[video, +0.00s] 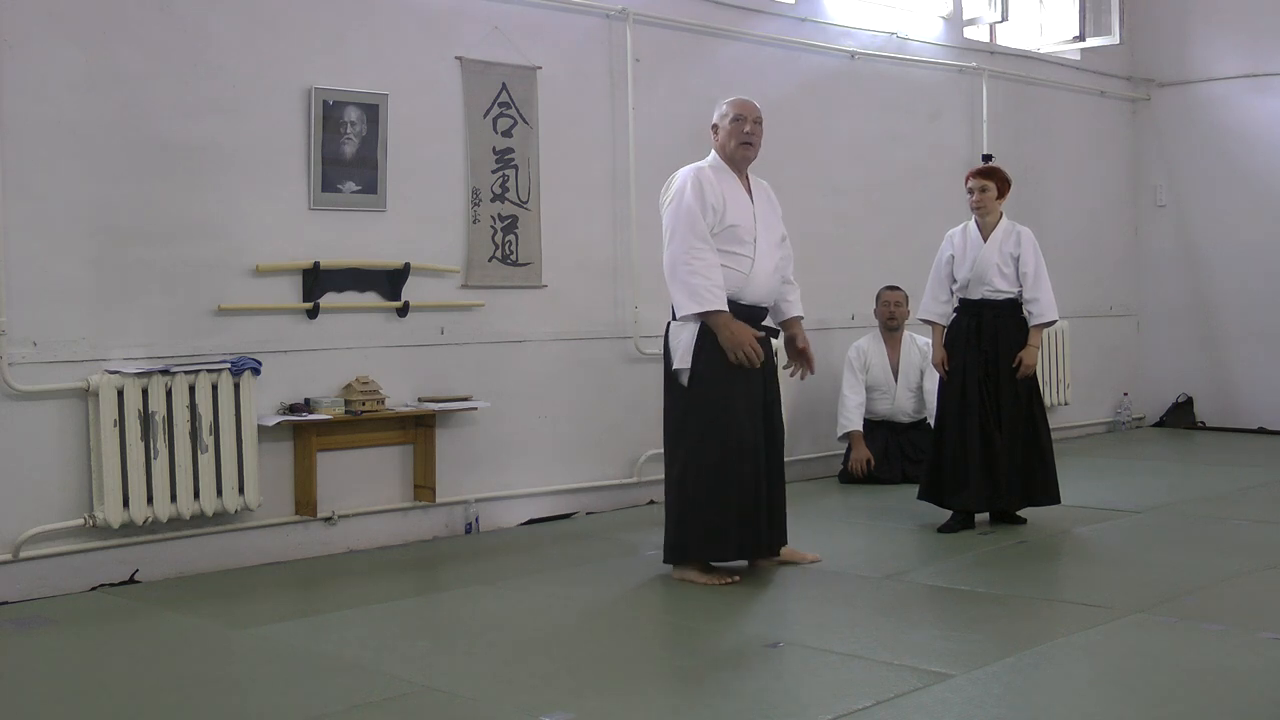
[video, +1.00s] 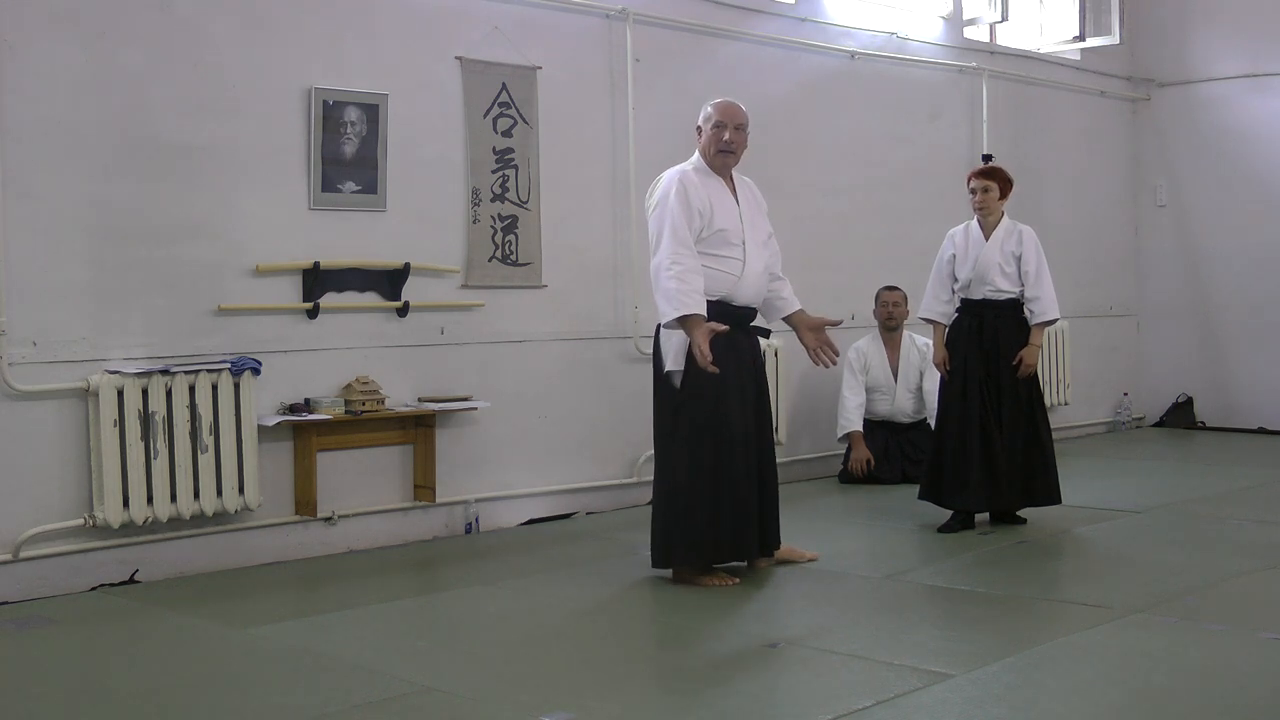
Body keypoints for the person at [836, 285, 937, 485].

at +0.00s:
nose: (892, 310)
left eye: (898, 305)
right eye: (886, 305)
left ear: (908, 313)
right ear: (875, 312)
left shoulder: (925, 348)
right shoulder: (860, 350)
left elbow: (935, 396)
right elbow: (851, 397)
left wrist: (944, 436)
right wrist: (857, 442)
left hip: (916, 430)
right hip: (874, 431)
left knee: (937, 472)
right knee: (855, 472)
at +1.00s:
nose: (890, 310)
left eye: (896, 305)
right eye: (884, 305)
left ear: (907, 313)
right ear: (875, 313)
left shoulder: (925, 349)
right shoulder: (860, 351)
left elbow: (935, 397)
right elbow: (851, 399)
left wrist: (944, 436)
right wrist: (857, 443)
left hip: (916, 430)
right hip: (874, 431)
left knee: (935, 472)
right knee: (855, 472)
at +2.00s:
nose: (891, 312)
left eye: (898, 306)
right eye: (885, 306)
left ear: (908, 313)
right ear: (876, 313)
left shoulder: (926, 348)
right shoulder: (860, 351)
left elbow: (934, 396)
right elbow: (851, 398)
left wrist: (941, 435)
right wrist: (857, 442)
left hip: (916, 430)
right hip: (875, 430)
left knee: (934, 473)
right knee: (855, 472)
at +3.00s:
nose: (890, 316)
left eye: (897, 311)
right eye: (884, 310)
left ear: (908, 315)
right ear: (877, 313)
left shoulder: (926, 349)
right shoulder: (861, 351)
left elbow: (936, 398)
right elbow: (852, 398)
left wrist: (946, 438)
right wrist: (857, 442)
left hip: (916, 430)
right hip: (875, 431)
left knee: (937, 470)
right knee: (855, 471)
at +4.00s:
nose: (890, 318)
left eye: (897, 312)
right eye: (885, 312)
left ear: (908, 316)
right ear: (876, 314)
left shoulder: (926, 349)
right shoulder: (861, 351)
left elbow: (936, 397)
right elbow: (852, 398)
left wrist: (945, 438)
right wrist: (857, 443)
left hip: (916, 430)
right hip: (874, 431)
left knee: (935, 470)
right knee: (856, 471)